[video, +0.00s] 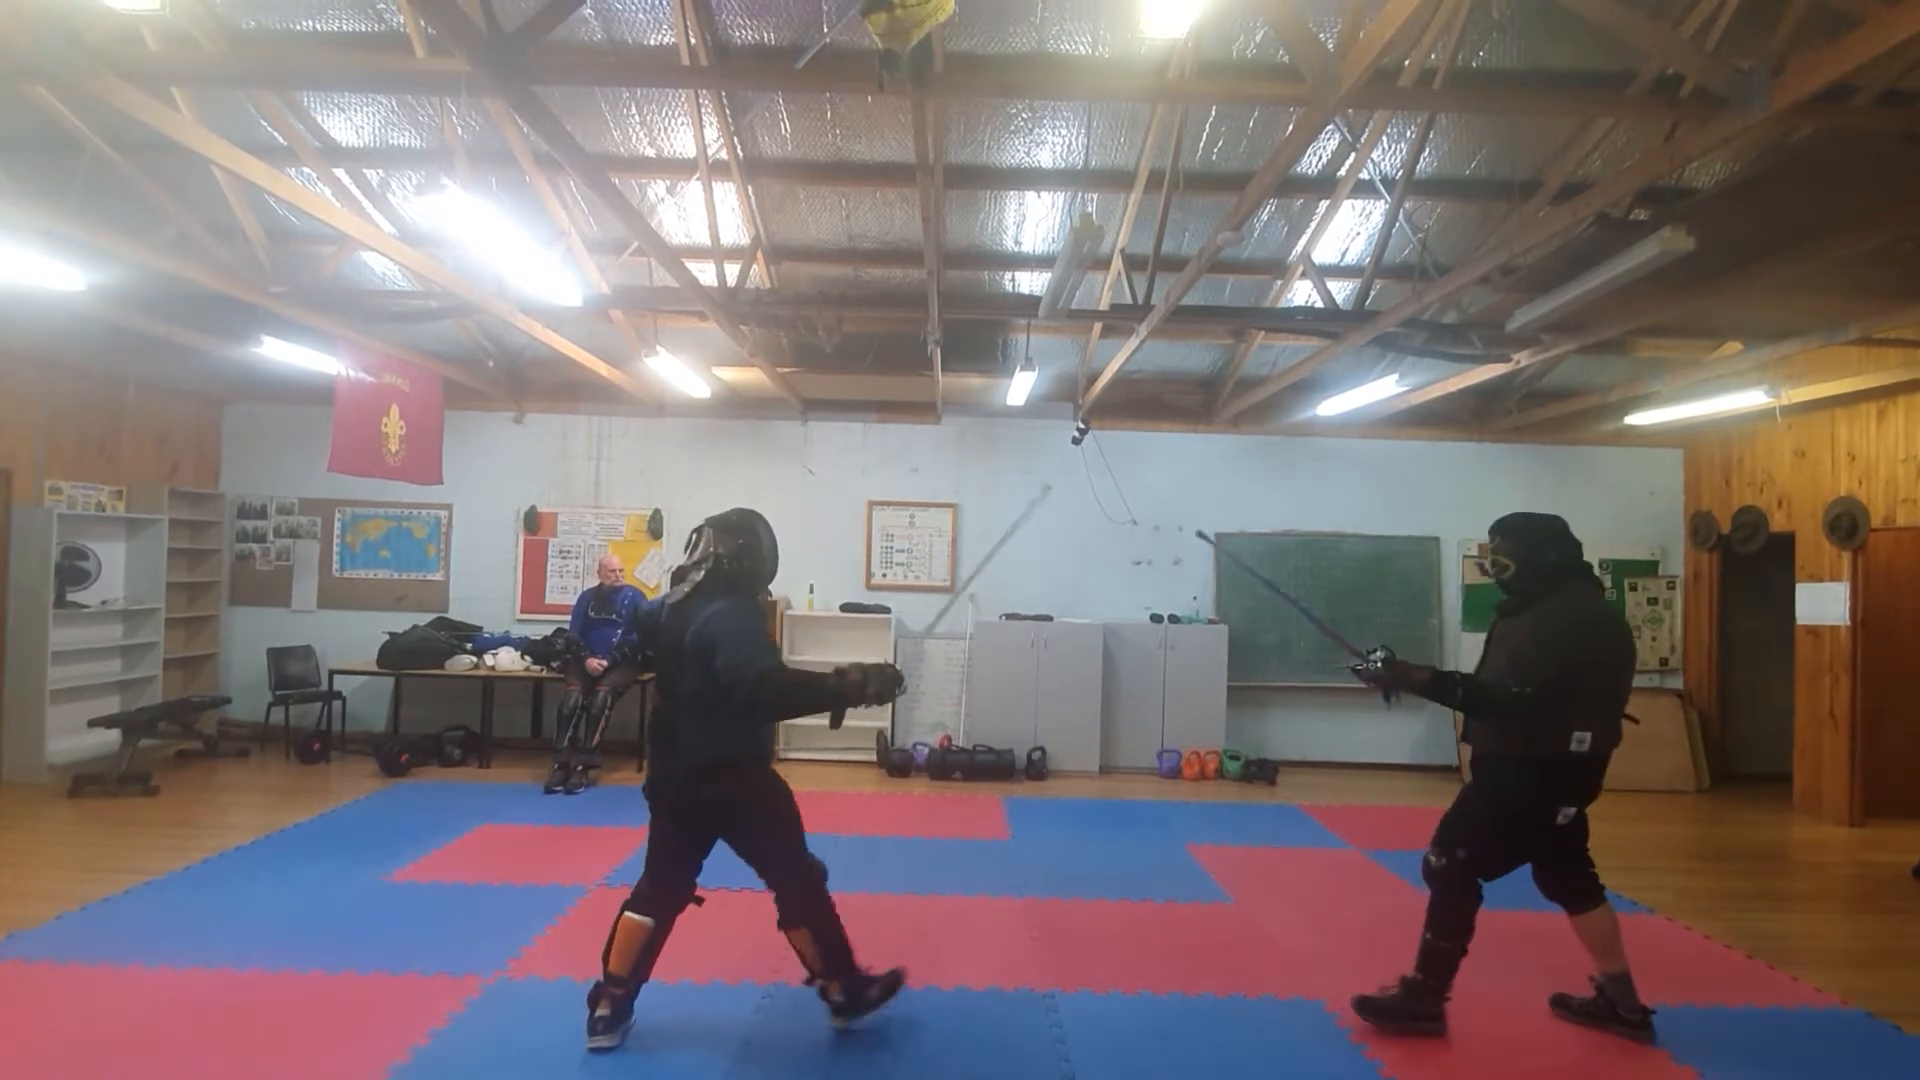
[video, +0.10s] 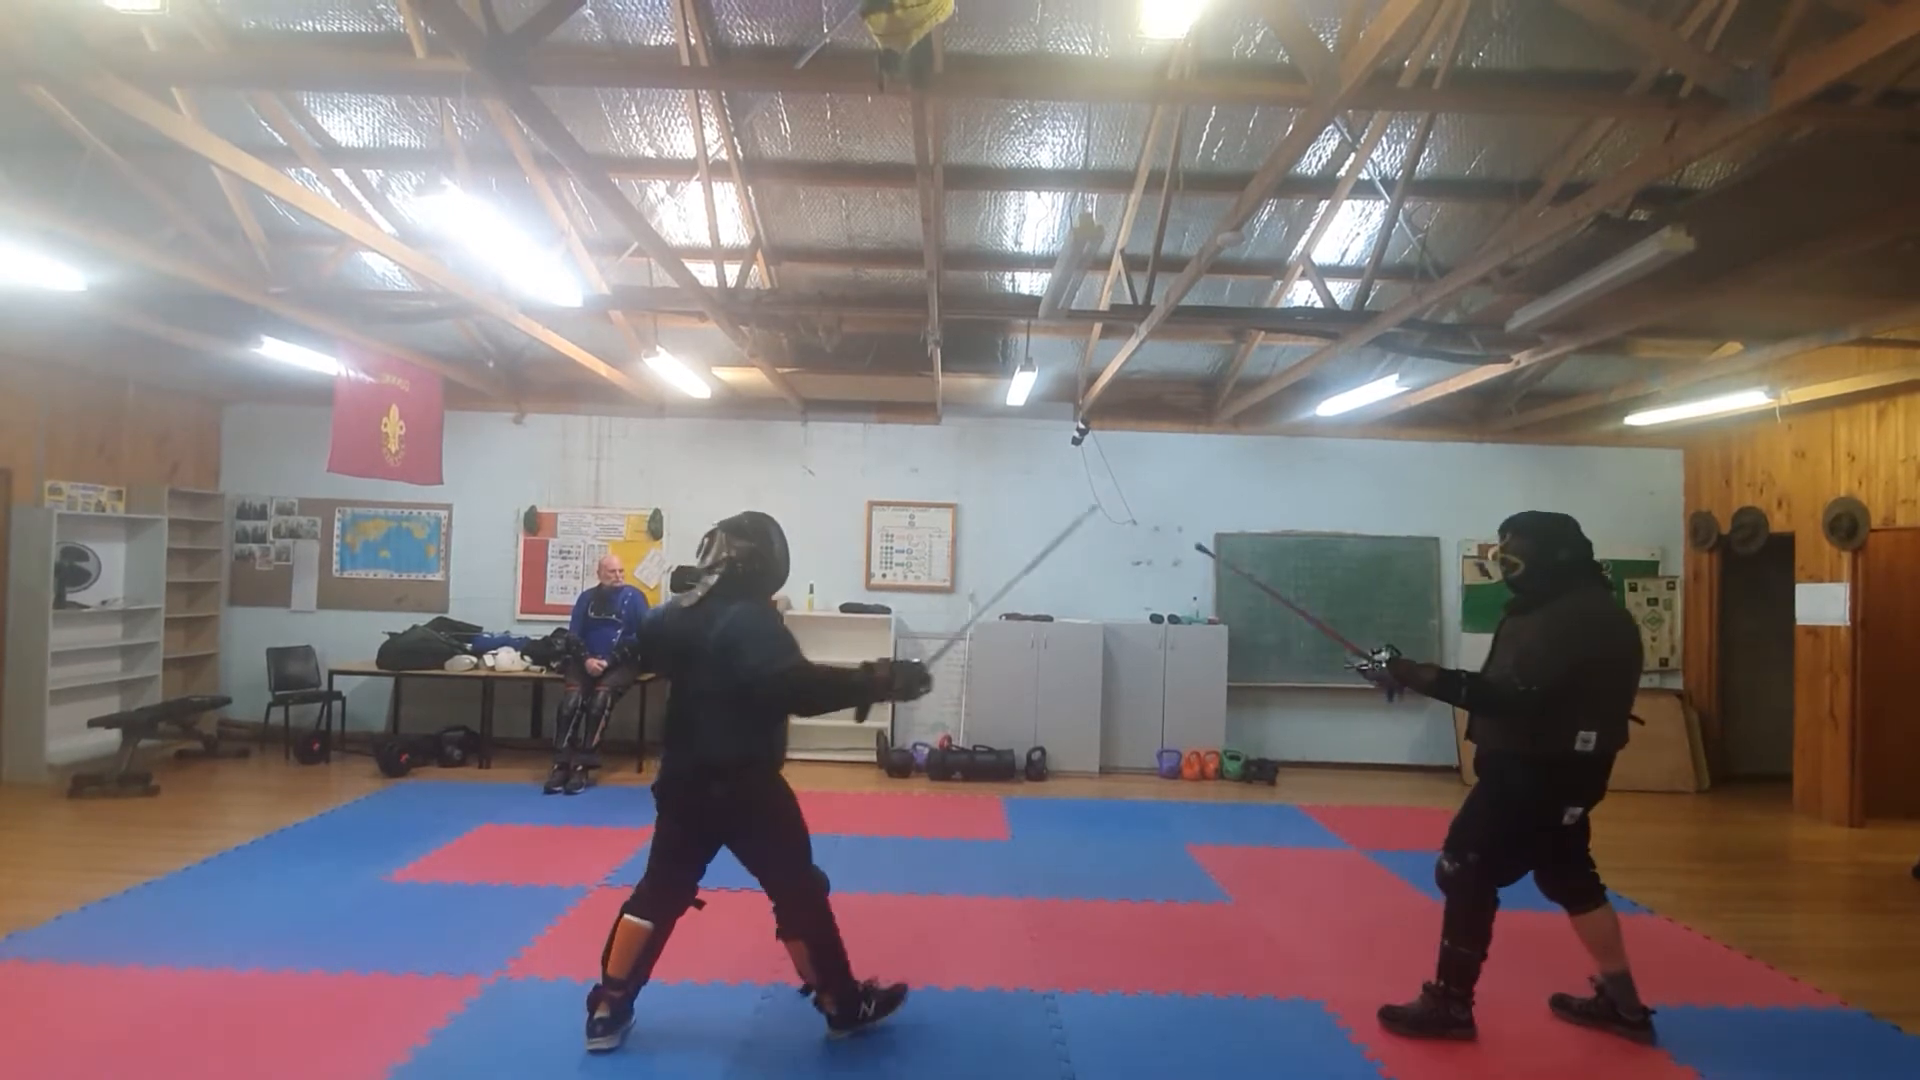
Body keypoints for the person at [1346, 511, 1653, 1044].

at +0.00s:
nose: (1494, 572)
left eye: (1503, 560)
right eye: (1493, 560)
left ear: (1538, 561)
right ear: (1555, 560)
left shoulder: (1540, 621)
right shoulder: (1600, 617)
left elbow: (1510, 701)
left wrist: (1421, 681)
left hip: (1520, 777)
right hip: (1568, 777)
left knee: (1453, 866)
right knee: (1572, 880)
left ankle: (1424, 997)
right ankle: (1621, 1000)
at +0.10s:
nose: (1505, 570)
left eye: (1514, 559)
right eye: (1503, 559)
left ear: (1550, 560)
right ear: (1566, 560)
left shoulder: (1546, 620)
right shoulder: (1608, 615)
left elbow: (1514, 698)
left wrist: (1429, 680)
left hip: (1526, 774)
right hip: (1575, 775)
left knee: (1467, 869)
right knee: (1572, 878)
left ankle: (1449, 1001)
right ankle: (1622, 999)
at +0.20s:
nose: (1511, 570)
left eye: (1520, 559)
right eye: (1509, 559)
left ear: (1557, 559)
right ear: (1566, 560)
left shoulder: (1573, 619)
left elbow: (1522, 699)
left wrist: (1431, 679)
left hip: (1533, 774)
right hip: (1571, 774)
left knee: (1471, 869)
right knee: (1573, 878)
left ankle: (1450, 1001)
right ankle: (1621, 1000)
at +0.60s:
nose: (1496, 571)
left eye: (1506, 560)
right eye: (1494, 560)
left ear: (1543, 560)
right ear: (1548, 562)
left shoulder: (1569, 618)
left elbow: (1511, 696)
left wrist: (1413, 672)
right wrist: (1409, 672)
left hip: (1525, 774)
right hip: (1556, 774)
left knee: (1450, 860)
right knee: (1567, 880)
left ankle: (1436, 999)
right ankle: (1621, 1000)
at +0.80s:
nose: (1466, 578)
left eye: (1475, 567)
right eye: (1464, 567)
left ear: (1513, 565)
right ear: (1522, 567)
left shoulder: (1521, 626)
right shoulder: (1567, 623)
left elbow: (1458, 690)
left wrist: (1358, 661)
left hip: (1484, 775)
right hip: (1526, 778)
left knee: (1415, 870)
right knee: (1528, 879)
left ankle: (1393, 998)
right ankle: (1612, 994)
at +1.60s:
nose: (1468, 569)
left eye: (1477, 558)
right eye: (1464, 559)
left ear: (1516, 555)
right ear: (1520, 558)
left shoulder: (1531, 613)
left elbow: (1489, 698)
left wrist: (1396, 677)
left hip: (1494, 771)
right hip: (1524, 771)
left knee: (1428, 863)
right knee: (1515, 877)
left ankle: (1400, 995)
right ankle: (1559, 1003)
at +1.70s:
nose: (1463, 569)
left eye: (1472, 557)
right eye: (1459, 558)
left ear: (1510, 553)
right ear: (1513, 557)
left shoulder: (1531, 612)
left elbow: (1484, 698)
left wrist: (1391, 675)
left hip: (1492, 767)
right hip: (1528, 768)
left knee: (1414, 851)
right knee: (1516, 873)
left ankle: (1388, 984)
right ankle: (1559, 1004)